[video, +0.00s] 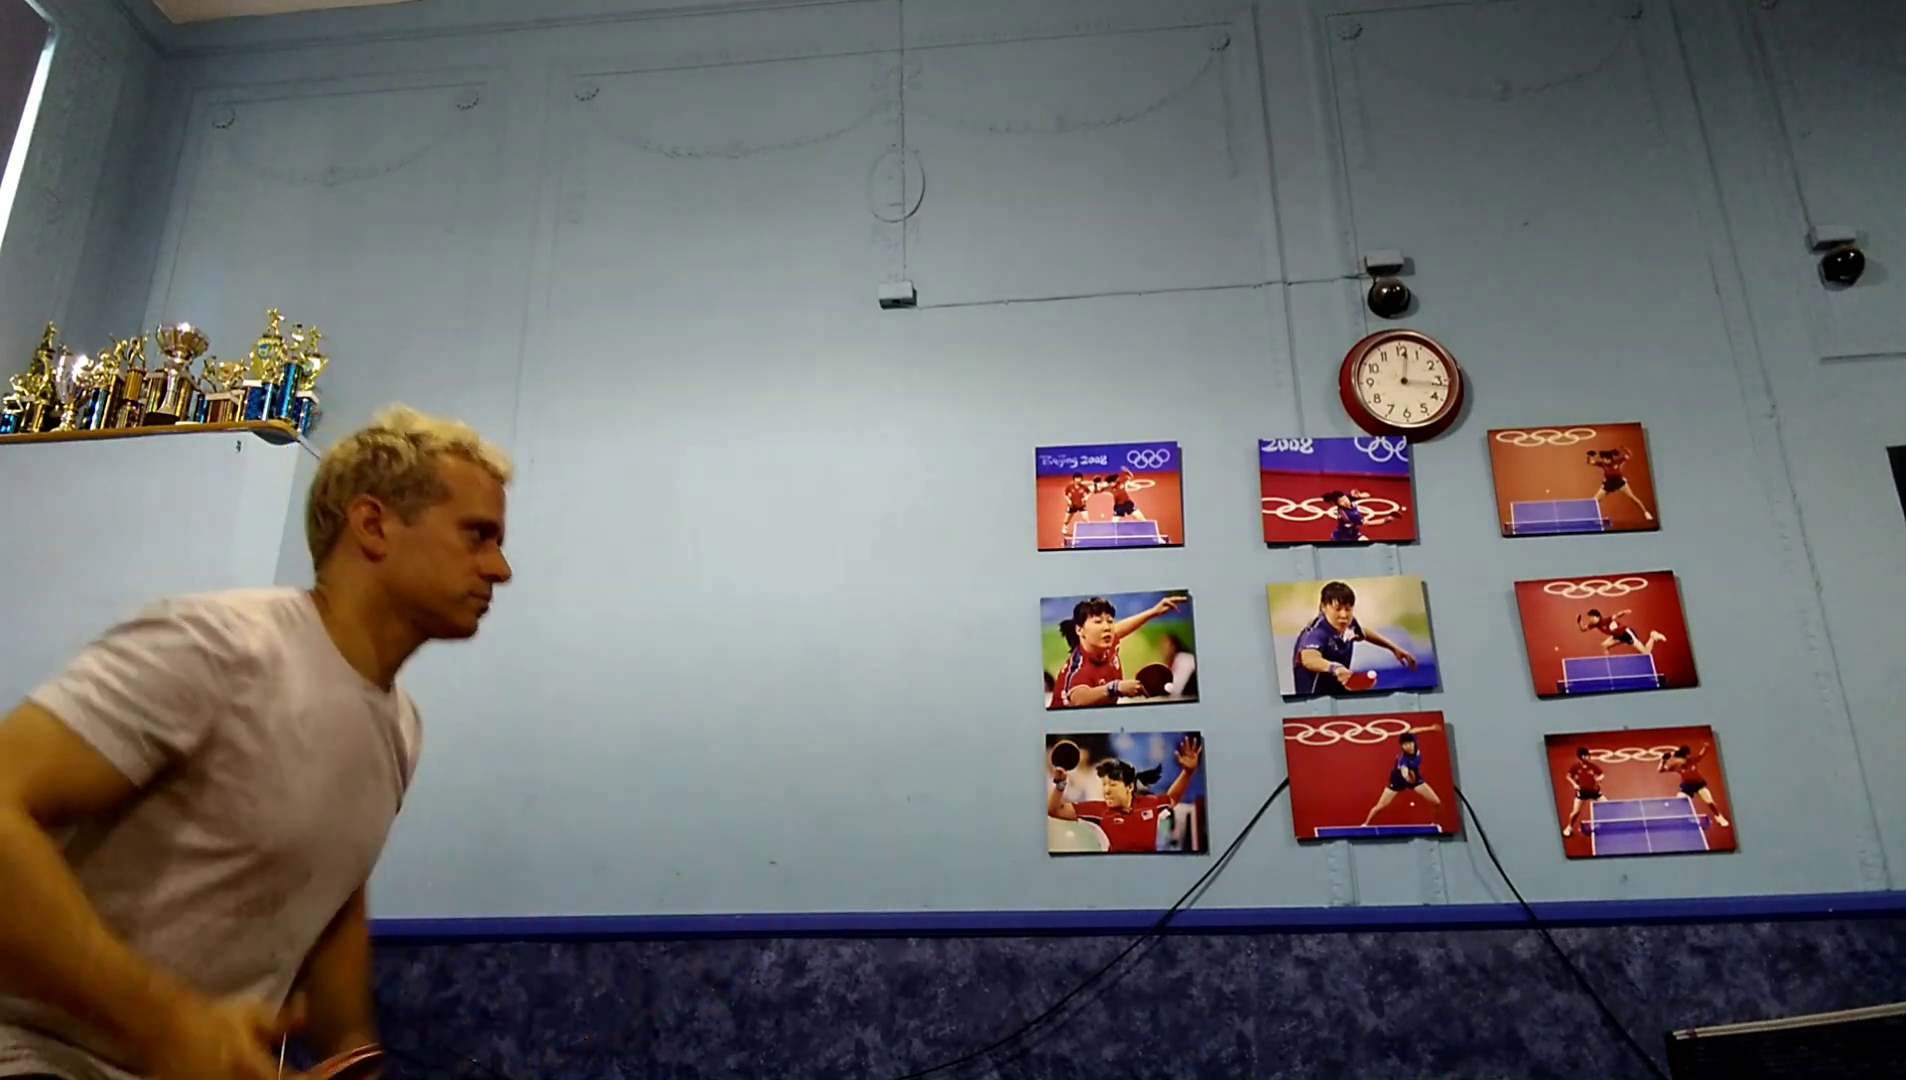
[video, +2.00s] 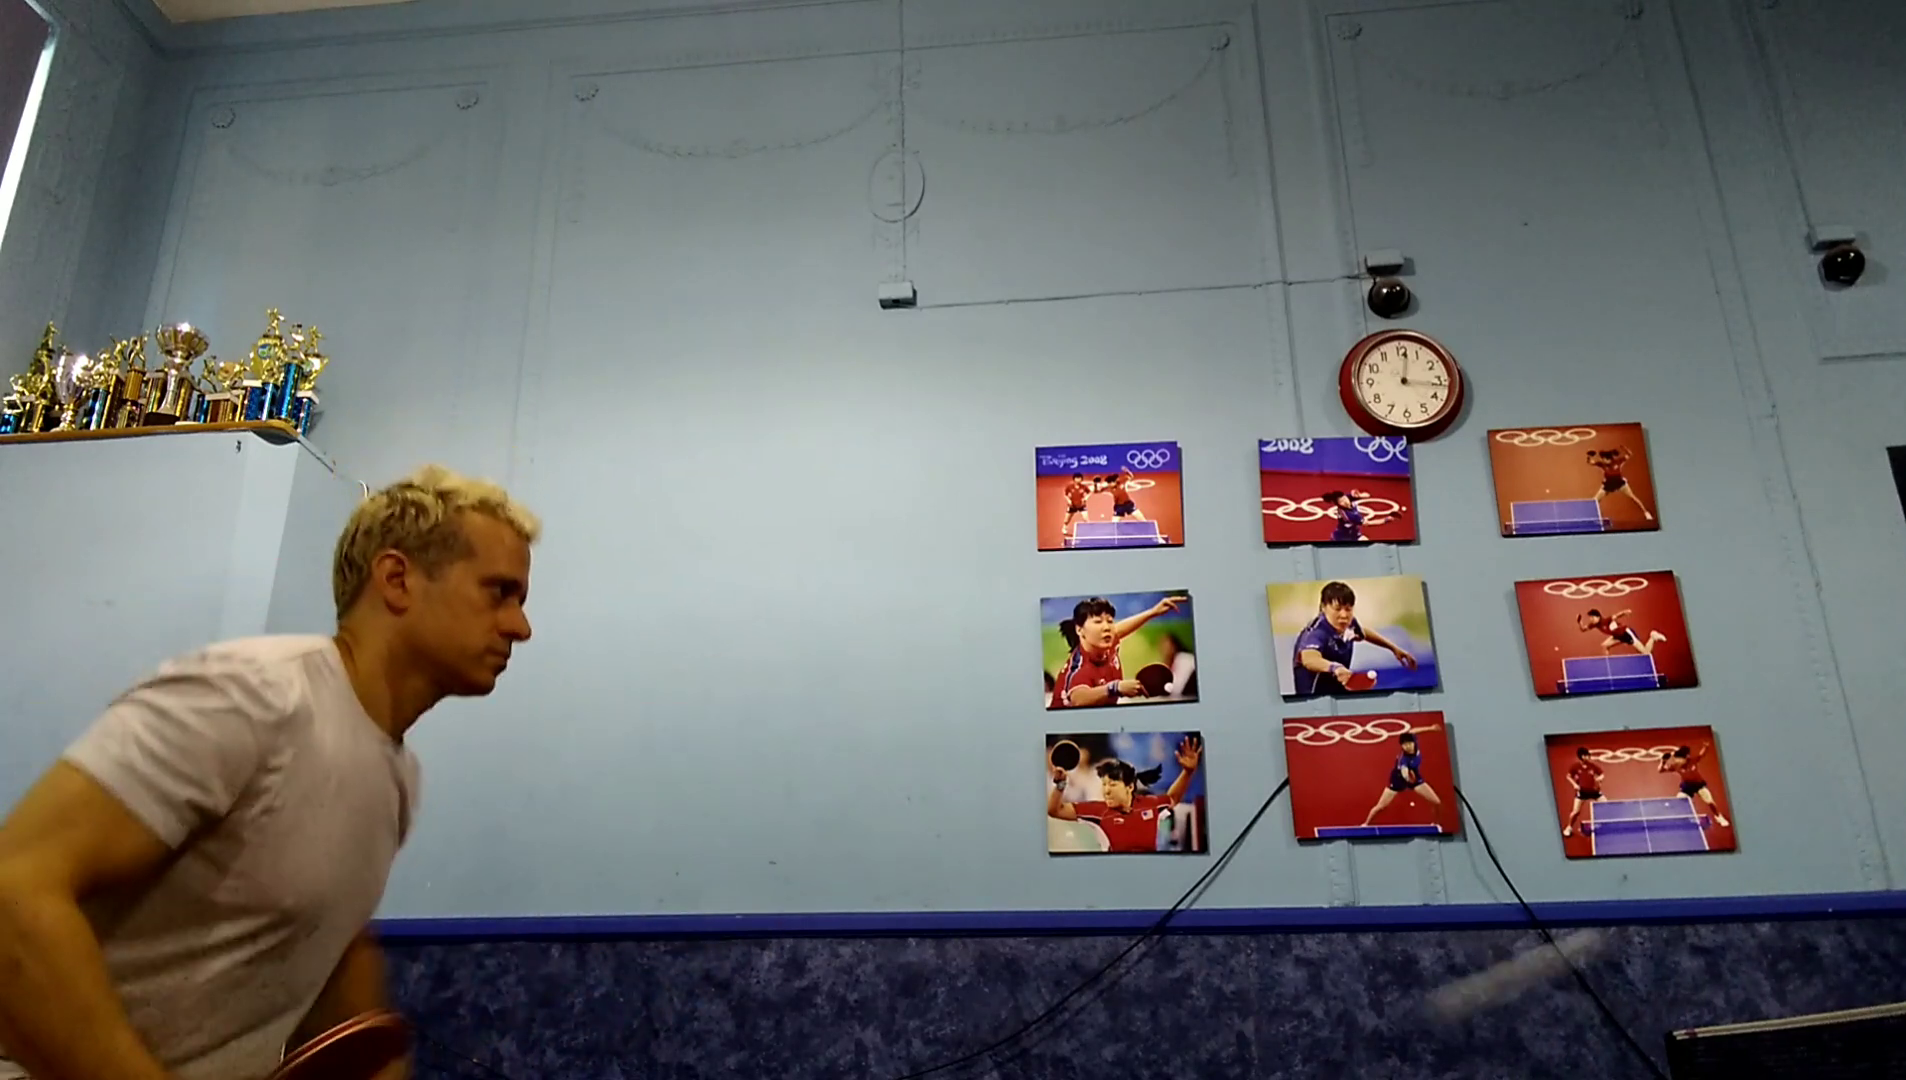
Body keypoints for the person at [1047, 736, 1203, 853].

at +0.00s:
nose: (1106, 790)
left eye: (1113, 784)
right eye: (1104, 785)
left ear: (1130, 787)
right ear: (1101, 787)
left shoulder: (1151, 805)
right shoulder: (1100, 810)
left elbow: (1172, 798)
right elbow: (1055, 811)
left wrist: (1188, 771)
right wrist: (1060, 785)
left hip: (1150, 872)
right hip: (1115, 874)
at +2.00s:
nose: (1107, 790)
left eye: (1113, 785)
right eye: (1104, 785)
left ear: (1130, 787)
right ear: (1101, 786)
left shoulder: (1151, 804)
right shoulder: (1100, 810)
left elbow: (1173, 798)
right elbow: (1055, 811)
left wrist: (1188, 772)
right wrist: (1059, 785)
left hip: (1151, 872)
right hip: (1116, 874)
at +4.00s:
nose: (1107, 790)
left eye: (1113, 785)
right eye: (1104, 785)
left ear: (1130, 787)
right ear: (1101, 787)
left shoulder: (1151, 804)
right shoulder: (1100, 811)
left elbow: (1172, 798)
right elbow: (1055, 811)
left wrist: (1188, 771)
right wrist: (1060, 785)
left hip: (1152, 872)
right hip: (1116, 874)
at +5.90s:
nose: (1107, 790)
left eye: (1113, 785)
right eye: (1104, 785)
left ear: (1130, 787)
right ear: (1101, 787)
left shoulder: (1150, 804)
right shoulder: (1099, 810)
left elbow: (1172, 798)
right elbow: (1055, 811)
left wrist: (1188, 771)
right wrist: (1059, 785)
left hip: (1151, 873)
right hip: (1115, 874)